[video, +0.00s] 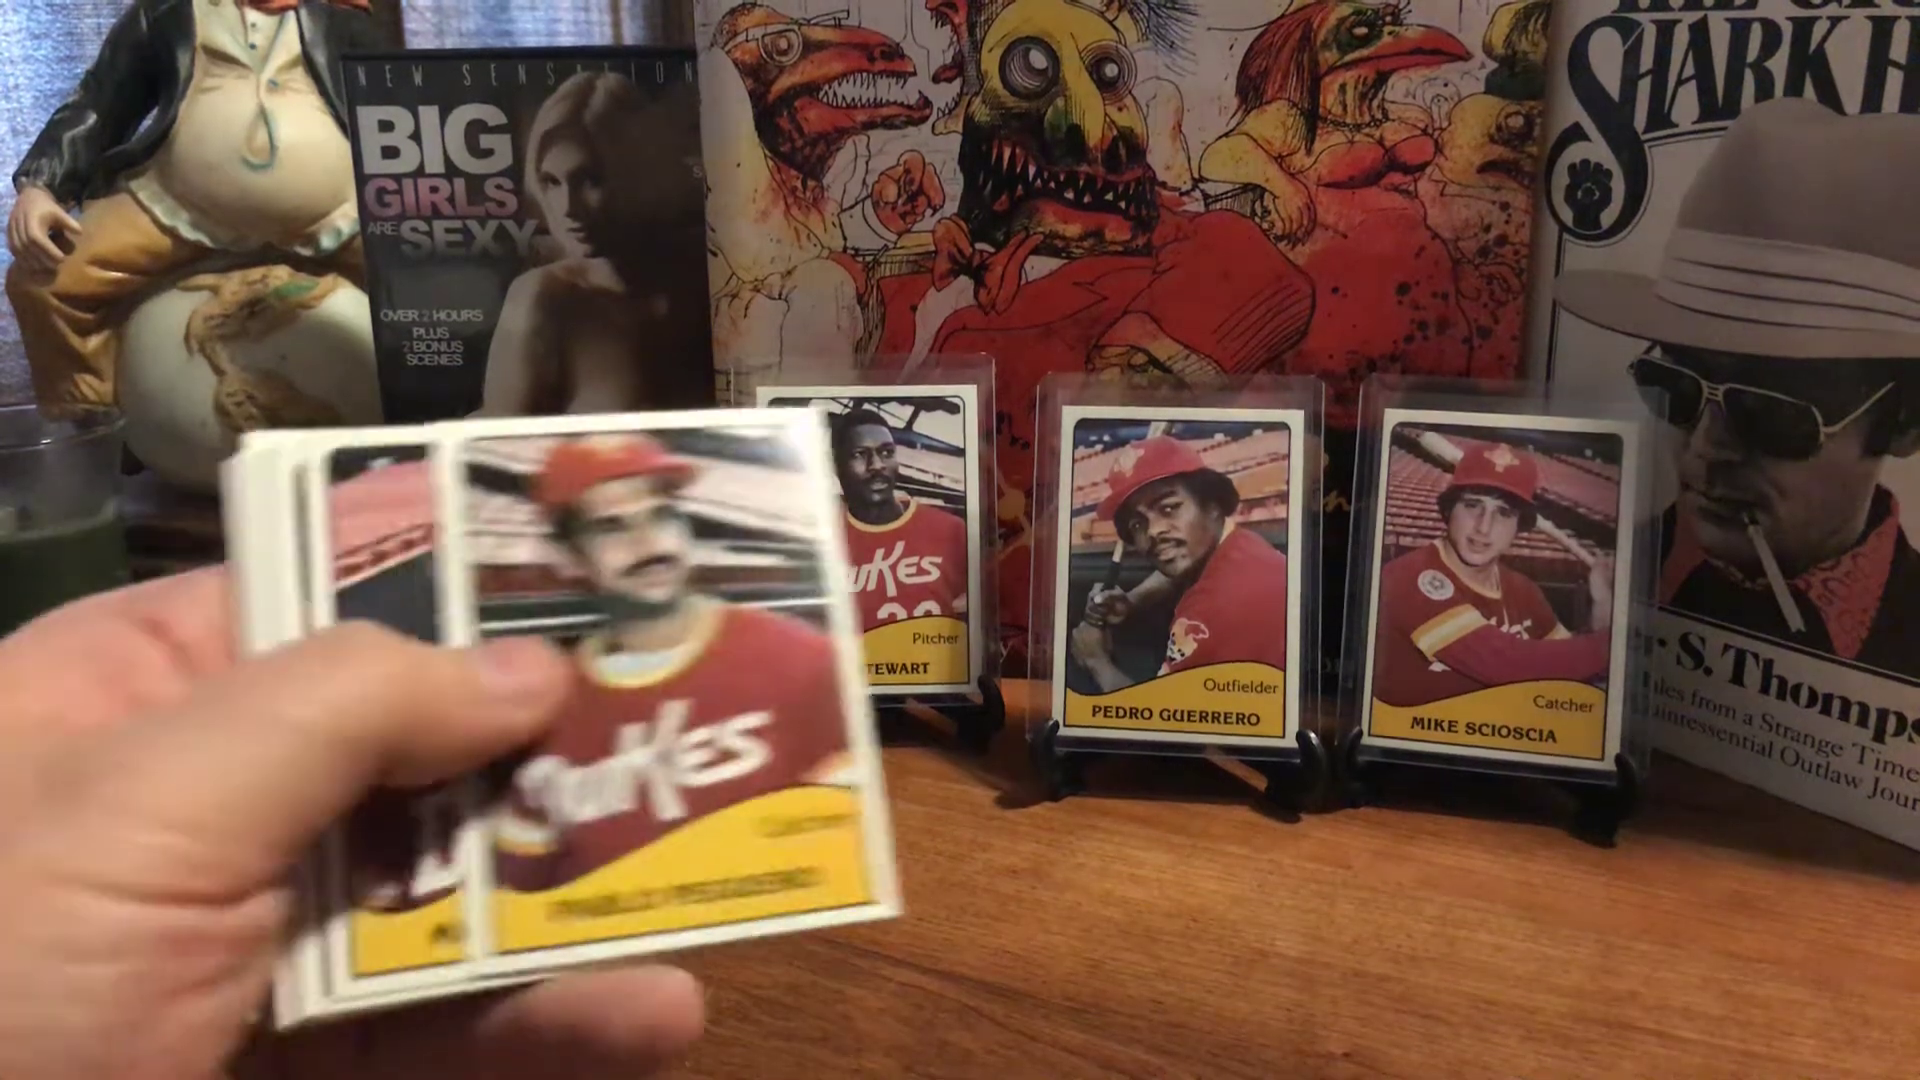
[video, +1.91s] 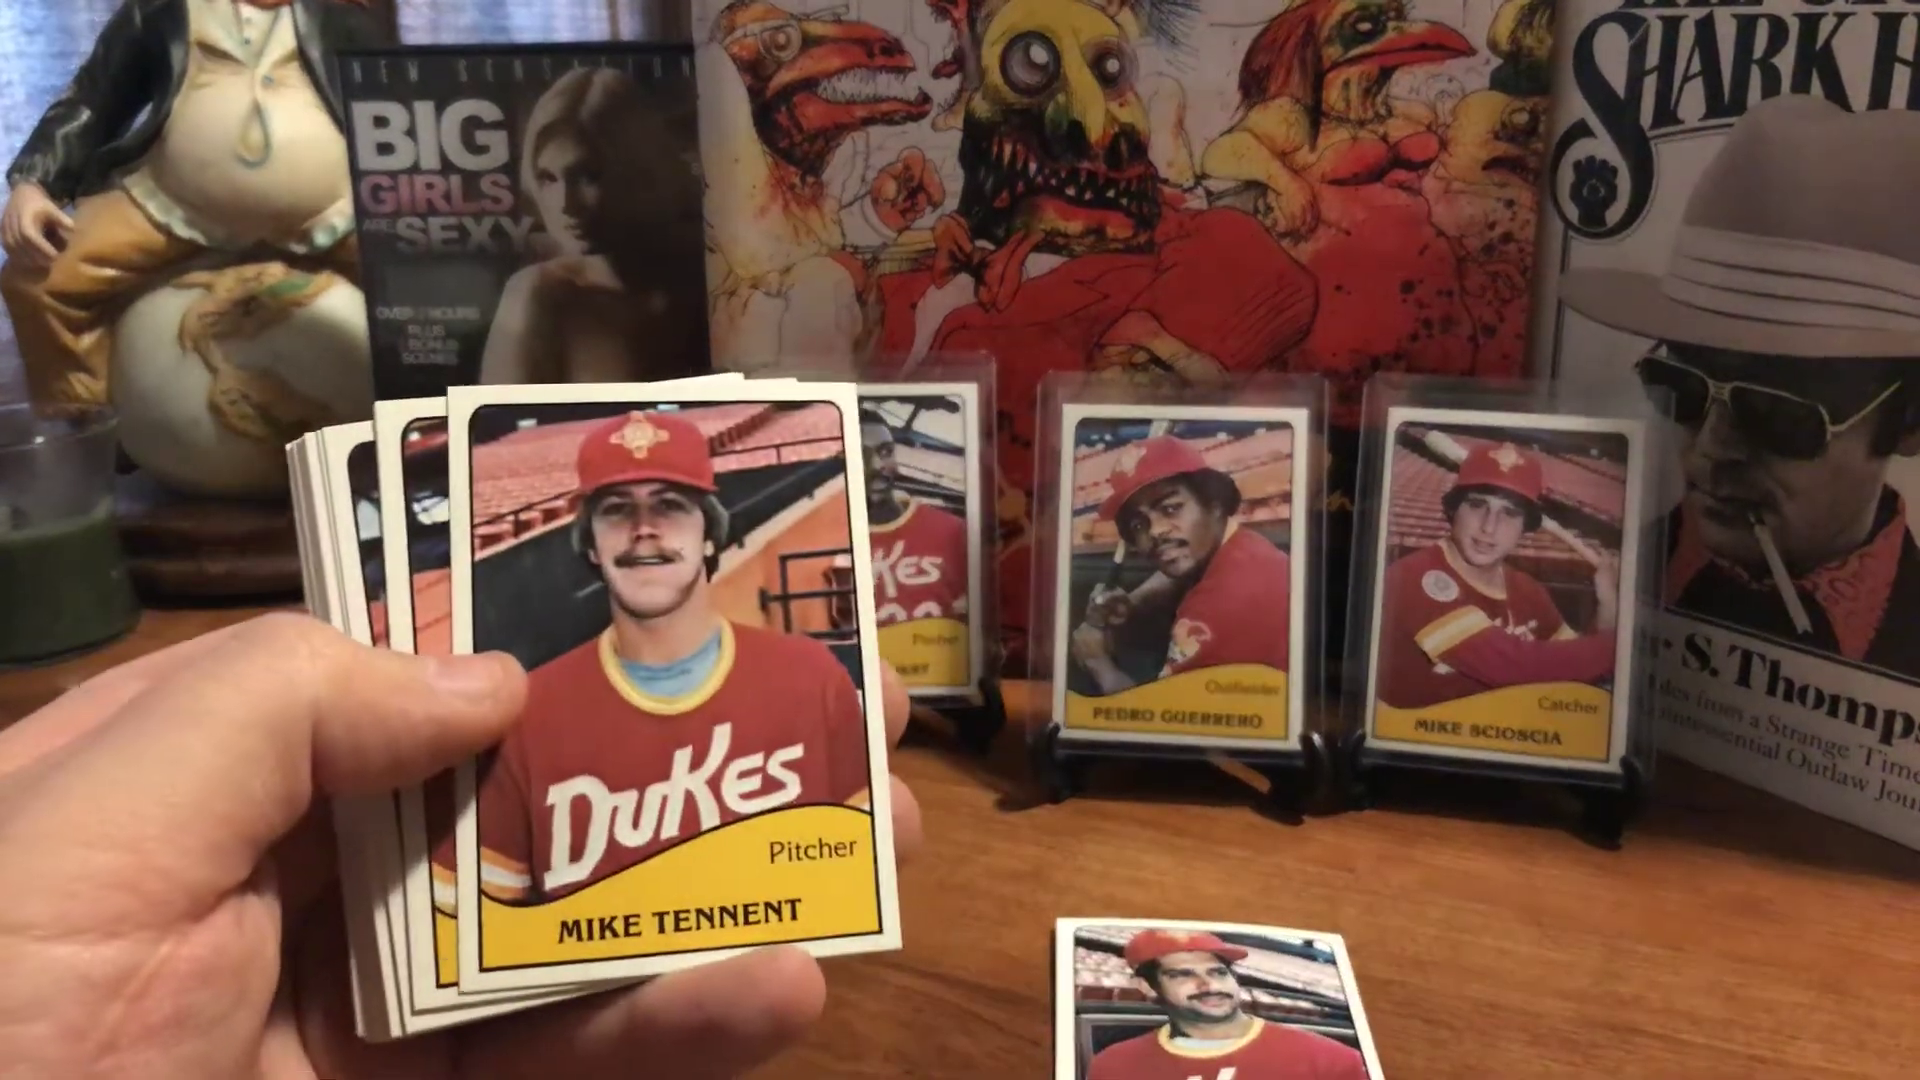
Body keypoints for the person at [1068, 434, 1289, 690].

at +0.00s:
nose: (1155, 530)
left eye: (1169, 508)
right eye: (1139, 524)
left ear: (1213, 507)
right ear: (1134, 541)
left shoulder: (1210, 609)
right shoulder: (1247, 544)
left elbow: (1160, 721)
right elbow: (1183, 566)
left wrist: (1097, 661)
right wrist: (1132, 602)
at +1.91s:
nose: (1156, 531)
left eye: (1171, 508)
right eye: (1140, 523)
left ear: (1215, 503)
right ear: (1133, 540)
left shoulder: (1212, 607)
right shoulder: (1252, 546)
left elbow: (1160, 719)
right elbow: (1186, 564)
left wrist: (1098, 663)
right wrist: (1133, 603)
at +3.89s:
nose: (1156, 531)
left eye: (1170, 509)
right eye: (1141, 522)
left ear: (1213, 505)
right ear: (1134, 539)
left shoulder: (1211, 606)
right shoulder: (1249, 545)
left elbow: (1159, 720)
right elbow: (1186, 564)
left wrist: (1097, 662)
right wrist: (1132, 602)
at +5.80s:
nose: (1155, 530)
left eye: (1169, 509)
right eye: (1139, 523)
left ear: (1212, 503)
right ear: (1133, 540)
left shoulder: (1211, 607)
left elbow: (1161, 719)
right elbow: (1183, 568)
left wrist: (1098, 662)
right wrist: (1133, 602)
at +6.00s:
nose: (1155, 530)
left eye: (1169, 508)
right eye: (1139, 523)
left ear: (1212, 503)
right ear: (1133, 540)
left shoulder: (1212, 605)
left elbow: (1160, 718)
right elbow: (1182, 567)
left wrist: (1097, 662)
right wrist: (1133, 602)